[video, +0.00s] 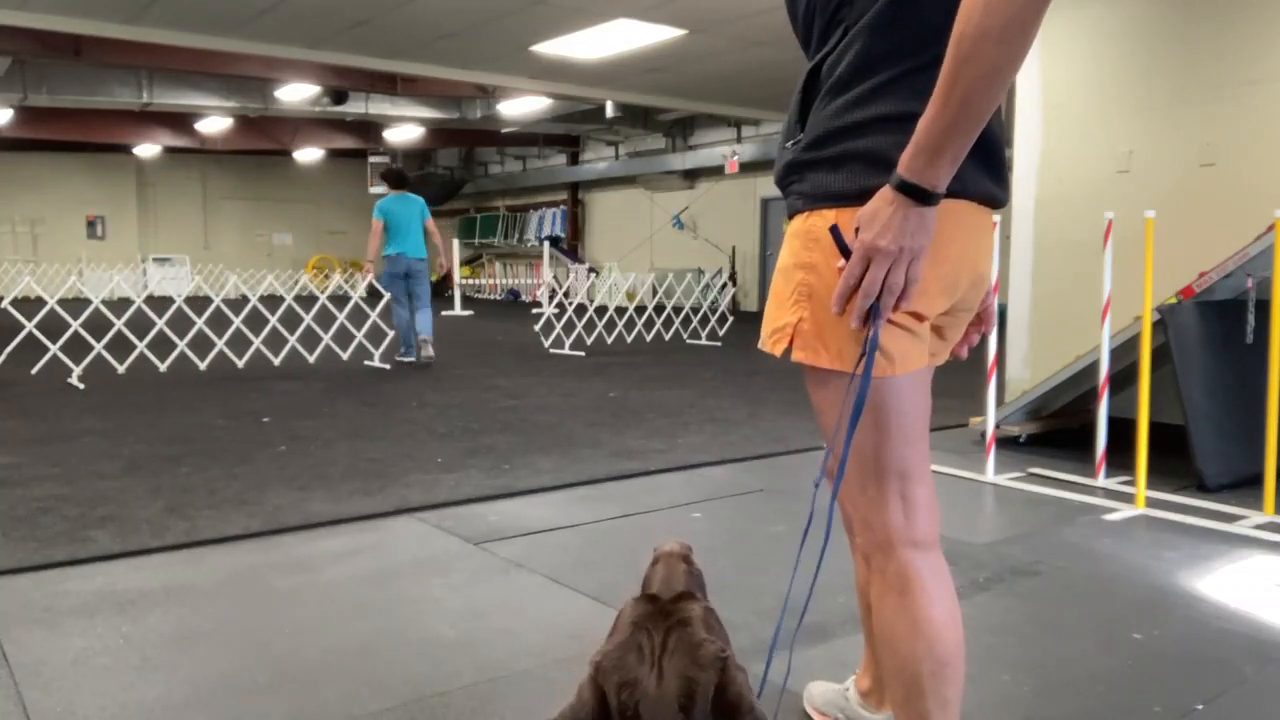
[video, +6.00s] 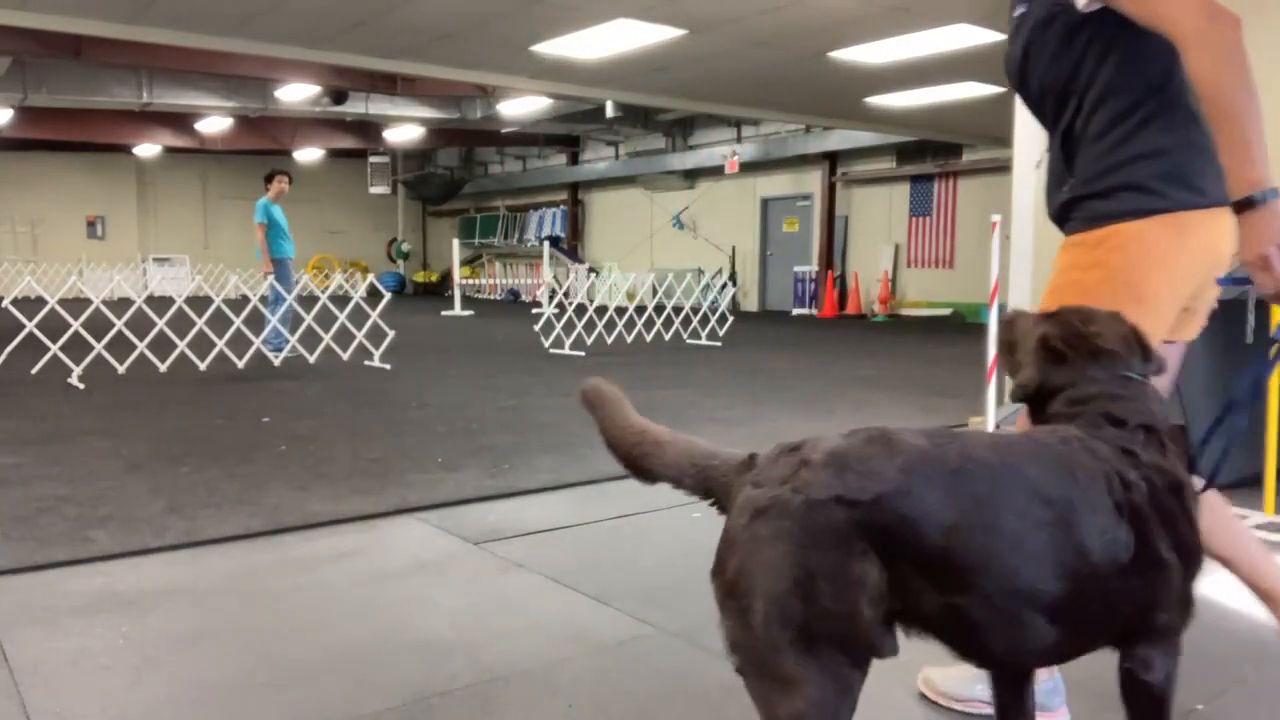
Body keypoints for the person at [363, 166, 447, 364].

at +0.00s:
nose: (385, 186)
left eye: (385, 183)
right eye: (386, 183)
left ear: (388, 184)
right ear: (405, 182)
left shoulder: (382, 204)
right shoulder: (419, 201)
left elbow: (376, 231)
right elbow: (433, 230)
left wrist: (370, 260)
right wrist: (441, 255)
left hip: (394, 258)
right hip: (418, 259)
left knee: (400, 304)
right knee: (423, 302)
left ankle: (408, 350)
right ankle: (425, 337)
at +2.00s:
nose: (303, 182)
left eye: (305, 178)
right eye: (298, 177)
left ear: (308, 182)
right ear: (289, 180)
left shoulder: (305, 203)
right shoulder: (278, 200)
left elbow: (306, 232)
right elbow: (267, 228)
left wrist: (315, 255)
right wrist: (267, 257)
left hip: (301, 257)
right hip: (283, 256)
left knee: (305, 299)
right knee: (285, 300)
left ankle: (308, 341)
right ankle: (277, 343)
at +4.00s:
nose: (278, 185)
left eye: (282, 182)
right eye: (274, 180)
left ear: (284, 187)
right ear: (265, 184)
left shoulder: (278, 206)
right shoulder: (259, 203)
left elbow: (279, 232)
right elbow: (253, 233)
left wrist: (286, 255)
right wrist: (259, 261)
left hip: (284, 256)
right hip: (273, 257)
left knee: (279, 299)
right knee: (284, 297)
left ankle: (274, 340)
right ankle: (277, 342)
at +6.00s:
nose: (284, 186)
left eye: (287, 183)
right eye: (280, 182)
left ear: (288, 187)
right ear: (270, 184)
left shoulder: (277, 206)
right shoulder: (263, 204)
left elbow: (280, 233)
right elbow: (261, 234)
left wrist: (287, 256)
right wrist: (267, 262)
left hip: (285, 257)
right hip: (277, 258)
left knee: (276, 299)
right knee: (286, 299)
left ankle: (272, 340)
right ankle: (277, 342)